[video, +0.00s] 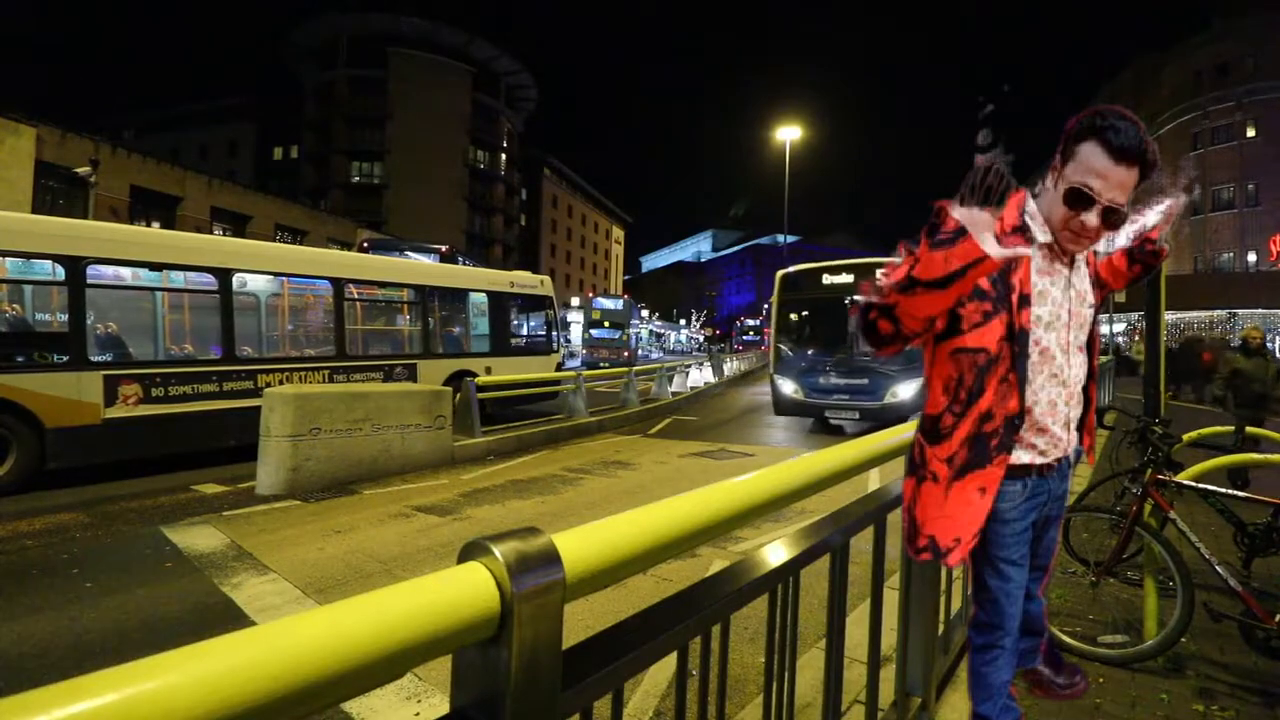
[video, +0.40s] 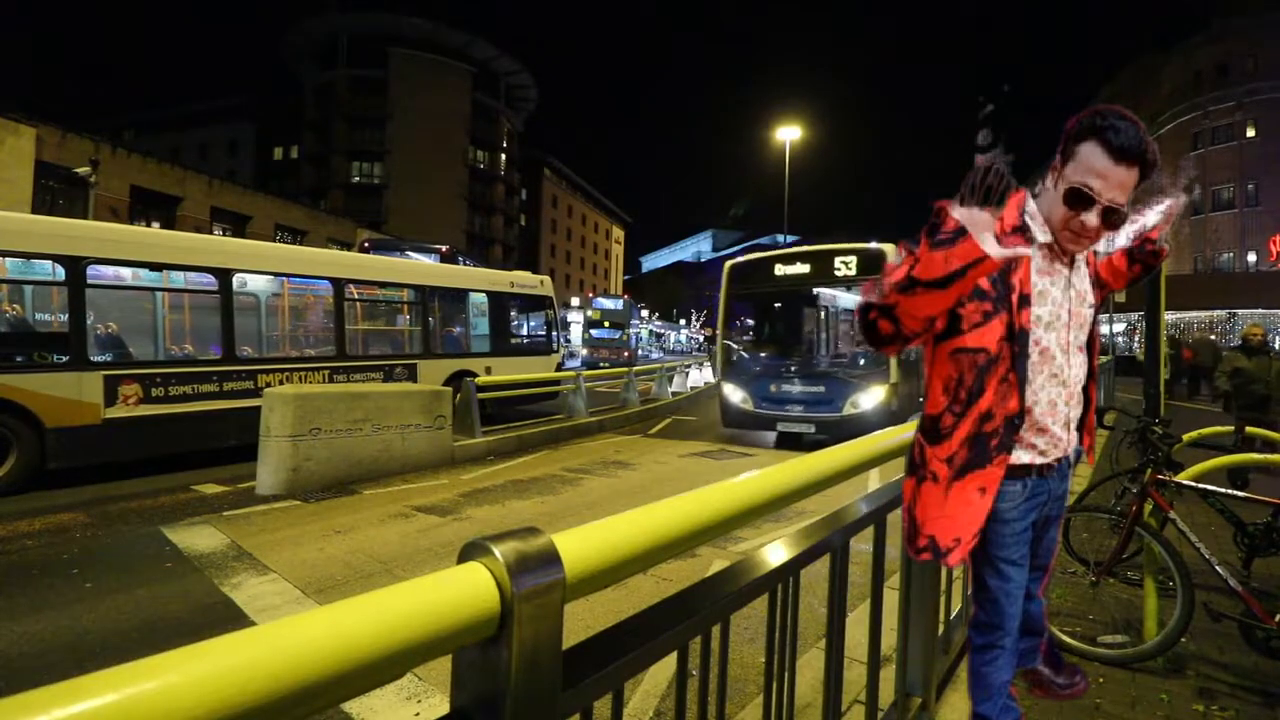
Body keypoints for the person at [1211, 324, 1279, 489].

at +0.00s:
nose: (1254, 342)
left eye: (1258, 339)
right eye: (1251, 338)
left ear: (1263, 341)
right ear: (1244, 339)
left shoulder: (1269, 361)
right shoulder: (1234, 358)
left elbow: (1272, 386)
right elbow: (1222, 380)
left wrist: (1271, 406)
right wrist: (1221, 399)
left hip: (1260, 407)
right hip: (1239, 406)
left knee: (1253, 443)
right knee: (1238, 442)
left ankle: (1245, 475)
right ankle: (1233, 476)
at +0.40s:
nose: (1257, 339)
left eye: (1261, 335)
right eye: (1253, 335)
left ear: (1265, 338)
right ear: (1245, 337)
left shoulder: (1272, 358)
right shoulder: (1233, 355)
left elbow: (1274, 381)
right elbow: (1220, 376)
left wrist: (1274, 397)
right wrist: (1228, 392)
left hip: (1268, 407)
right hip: (1243, 407)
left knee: (1271, 443)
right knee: (1244, 444)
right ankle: (1240, 476)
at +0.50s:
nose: (1262, 339)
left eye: (1266, 336)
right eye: (1257, 336)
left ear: (1270, 339)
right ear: (1249, 338)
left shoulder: (1273, 359)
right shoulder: (1237, 356)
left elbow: (1276, 381)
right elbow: (1224, 375)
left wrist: (1274, 396)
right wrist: (1230, 389)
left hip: (1270, 407)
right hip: (1244, 407)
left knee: (1273, 442)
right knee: (1244, 444)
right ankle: (1240, 477)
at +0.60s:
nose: (1268, 341)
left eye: (1271, 338)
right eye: (1263, 337)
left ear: (1275, 341)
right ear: (1254, 338)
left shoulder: (1275, 359)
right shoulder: (1242, 357)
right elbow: (1228, 376)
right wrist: (1237, 389)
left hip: (1272, 408)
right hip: (1247, 408)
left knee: (1273, 443)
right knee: (1246, 444)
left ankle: (1273, 471)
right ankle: (1240, 475)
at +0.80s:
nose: (1275, 338)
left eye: (1278, 334)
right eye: (1272, 334)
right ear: (1264, 336)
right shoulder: (1253, 358)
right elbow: (1235, 379)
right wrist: (1243, 399)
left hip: (1275, 412)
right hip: (1259, 410)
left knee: (1275, 444)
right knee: (1251, 444)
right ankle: (1239, 473)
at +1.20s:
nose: (1278, 338)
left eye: (1279, 335)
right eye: (1276, 335)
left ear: (1275, 337)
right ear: (1270, 337)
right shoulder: (1260, 360)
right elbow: (1242, 389)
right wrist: (1241, 412)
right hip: (1269, 415)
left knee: (1274, 446)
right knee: (1274, 446)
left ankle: (1274, 475)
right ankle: (1273, 476)